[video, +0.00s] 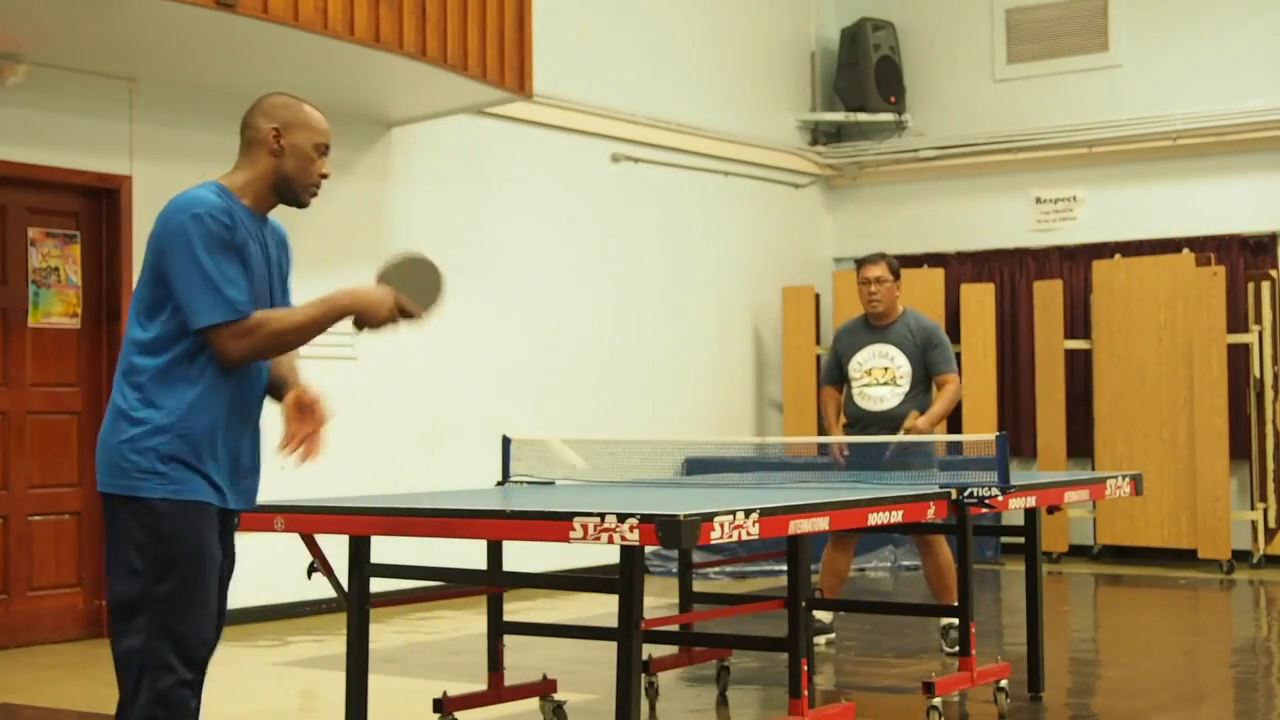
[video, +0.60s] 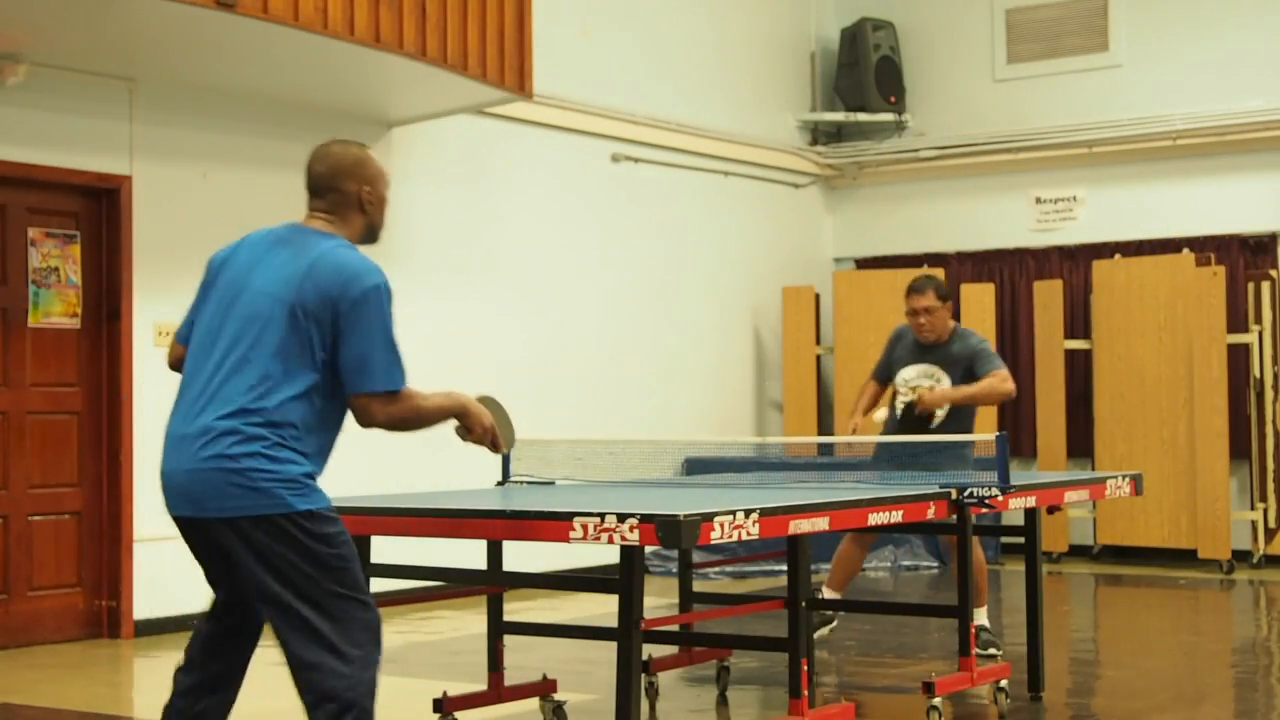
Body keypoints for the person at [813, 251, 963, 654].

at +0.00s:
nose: (872, 290)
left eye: (880, 282)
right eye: (865, 283)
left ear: (897, 286)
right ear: (857, 289)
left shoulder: (925, 331)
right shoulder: (846, 336)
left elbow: (950, 386)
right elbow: (830, 387)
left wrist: (928, 420)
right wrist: (833, 428)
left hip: (911, 455)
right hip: (858, 456)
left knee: (928, 533)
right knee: (842, 533)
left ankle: (951, 620)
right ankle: (822, 616)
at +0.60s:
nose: (920, 321)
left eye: (928, 312)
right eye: (913, 313)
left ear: (949, 309)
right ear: (906, 312)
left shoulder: (971, 346)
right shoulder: (902, 338)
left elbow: (1004, 385)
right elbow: (879, 380)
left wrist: (946, 397)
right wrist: (860, 412)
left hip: (946, 468)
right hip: (894, 465)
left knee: (962, 538)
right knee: (861, 531)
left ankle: (980, 624)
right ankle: (824, 606)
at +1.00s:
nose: (934, 294)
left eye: (943, 287)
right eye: (928, 287)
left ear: (963, 291)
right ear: (922, 292)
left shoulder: (981, 336)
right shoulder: (914, 328)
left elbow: (989, 384)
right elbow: (893, 372)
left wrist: (961, 395)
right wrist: (877, 404)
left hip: (956, 452)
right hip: (904, 448)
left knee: (967, 533)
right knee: (879, 524)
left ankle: (981, 622)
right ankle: (861, 606)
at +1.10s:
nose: (927, 298)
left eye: (935, 290)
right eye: (921, 291)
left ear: (955, 295)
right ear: (913, 296)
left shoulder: (974, 340)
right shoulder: (903, 335)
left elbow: (990, 392)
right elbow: (882, 383)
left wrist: (961, 403)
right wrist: (873, 419)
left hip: (951, 457)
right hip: (900, 454)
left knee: (965, 535)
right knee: (880, 531)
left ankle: (980, 623)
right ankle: (866, 614)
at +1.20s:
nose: (917, 297)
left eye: (925, 289)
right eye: (910, 290)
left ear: (944, 293)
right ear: (903, 295)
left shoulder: (965, 339)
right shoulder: (891, 335)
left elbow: (986, 391)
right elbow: (869, 383)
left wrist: (955, 402)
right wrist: (867, 416)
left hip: (946, 456)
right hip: (895, 455)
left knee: (963, 534)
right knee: (879, 533)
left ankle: (981, 624)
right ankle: (866, 616)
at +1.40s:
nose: (903, 307)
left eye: (910, 299)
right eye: (896, 300)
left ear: (929, 297)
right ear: (889, 303)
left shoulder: (955, 338)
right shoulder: (885, 341)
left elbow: (984, 387)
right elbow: (859, 387)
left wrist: (939, 402)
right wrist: (853, 414)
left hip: (943, 460)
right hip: (891, 459)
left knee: (962, 535)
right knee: (871, 535)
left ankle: (989, 623)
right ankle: (866, 615)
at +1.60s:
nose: (892, 319)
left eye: (899, 310)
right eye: (886, 313)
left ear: (921, 307)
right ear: (882, 314)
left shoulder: (947, 337)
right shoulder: (889, 346)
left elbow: (965, 372)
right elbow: (869, 390)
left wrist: (914, 374)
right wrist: (852, 399)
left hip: (945, 454)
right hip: (898, 455)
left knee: (956, 535)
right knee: (870, 533)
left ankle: (988, 624)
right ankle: (866, 617)